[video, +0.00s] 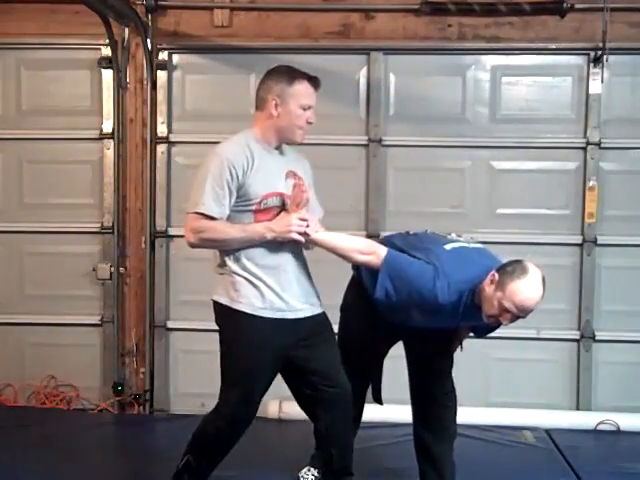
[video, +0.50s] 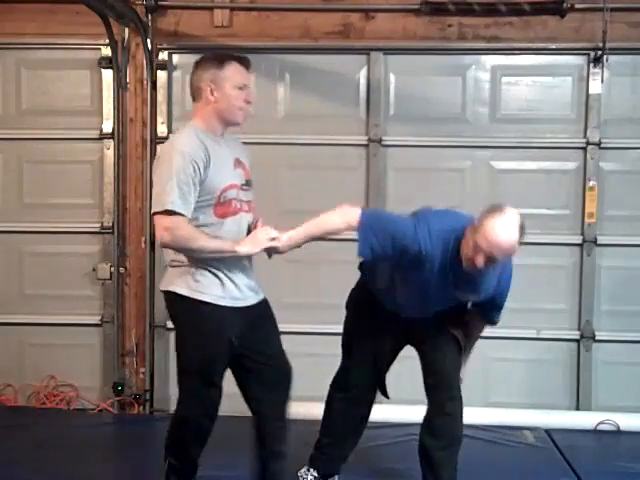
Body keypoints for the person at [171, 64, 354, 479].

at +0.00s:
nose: (311, 119)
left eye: (312, 109)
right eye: (304, 108)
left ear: (279, 108)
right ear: (273, 105)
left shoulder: (298, 164)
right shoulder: (231, 154)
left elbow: (311, 235)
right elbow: (196, 231)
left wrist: (301, 214)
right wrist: (270, 230)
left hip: (303, 311)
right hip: (249, 311)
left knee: (336, 399)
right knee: (235, 412)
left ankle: (334, 475)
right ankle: (186, 476)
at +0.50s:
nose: (250, 99)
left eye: (250, 90)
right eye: (241, 89)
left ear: (218, 93)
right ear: (209, 91)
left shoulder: (232, 144)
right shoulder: (184, 146)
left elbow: (236, 215)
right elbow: (167, 230)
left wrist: (263, 234)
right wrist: (238, 246)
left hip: (242, 291)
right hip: (199, 293)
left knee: (273, 382)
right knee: (199, 404)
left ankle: (274, 474)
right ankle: (178, 474)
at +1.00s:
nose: (227, 104)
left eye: (226, 95)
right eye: (221, 95)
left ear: (193, 98)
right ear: (193, 96)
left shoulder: (192, 147)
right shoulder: (173, 147)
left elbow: (200, 216)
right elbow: (167, 228)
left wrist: (242, 217)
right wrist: (220, 278)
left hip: (183, 281)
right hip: (172, 282)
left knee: (171, 375)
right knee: (193, 380)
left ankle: (141, 463)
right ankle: (181, 472)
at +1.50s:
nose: (207, 104)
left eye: (206, 96)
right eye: (200, 96)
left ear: (178, 98)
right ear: (174, 97)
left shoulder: (181, 152)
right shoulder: (145, 144)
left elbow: (196, 219)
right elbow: (142, 222)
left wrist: (240, 221)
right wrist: (181, 279)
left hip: (168, 279)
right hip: (144, 277)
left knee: (161, 371)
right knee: (151, 372)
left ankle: (142, 458)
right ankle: (133, 463)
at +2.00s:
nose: (176, 96)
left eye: (174, 88)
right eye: (167, 89)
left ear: (149, 96)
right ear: (140, 96)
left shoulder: (158, 146)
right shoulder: (120, 147)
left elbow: (161, 221)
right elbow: (111, 229)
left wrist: (178, 278)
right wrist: (134, 295)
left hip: (160, 287)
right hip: (131, 288)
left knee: (157, 376)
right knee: (130, 380)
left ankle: (121, 462)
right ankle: (116, 468)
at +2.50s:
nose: (177, 105)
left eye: (175, 97)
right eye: (169, 97)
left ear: (143, 104)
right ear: (141, 102)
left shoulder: (145, 145)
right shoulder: (137, 141)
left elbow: (188, 188)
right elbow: (196, 170)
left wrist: (226, 198)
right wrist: (265, 143)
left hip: (156, 272)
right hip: (159, 271)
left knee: (150, 377)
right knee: (243, 335)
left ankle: (115, 470)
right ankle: (311, 425)